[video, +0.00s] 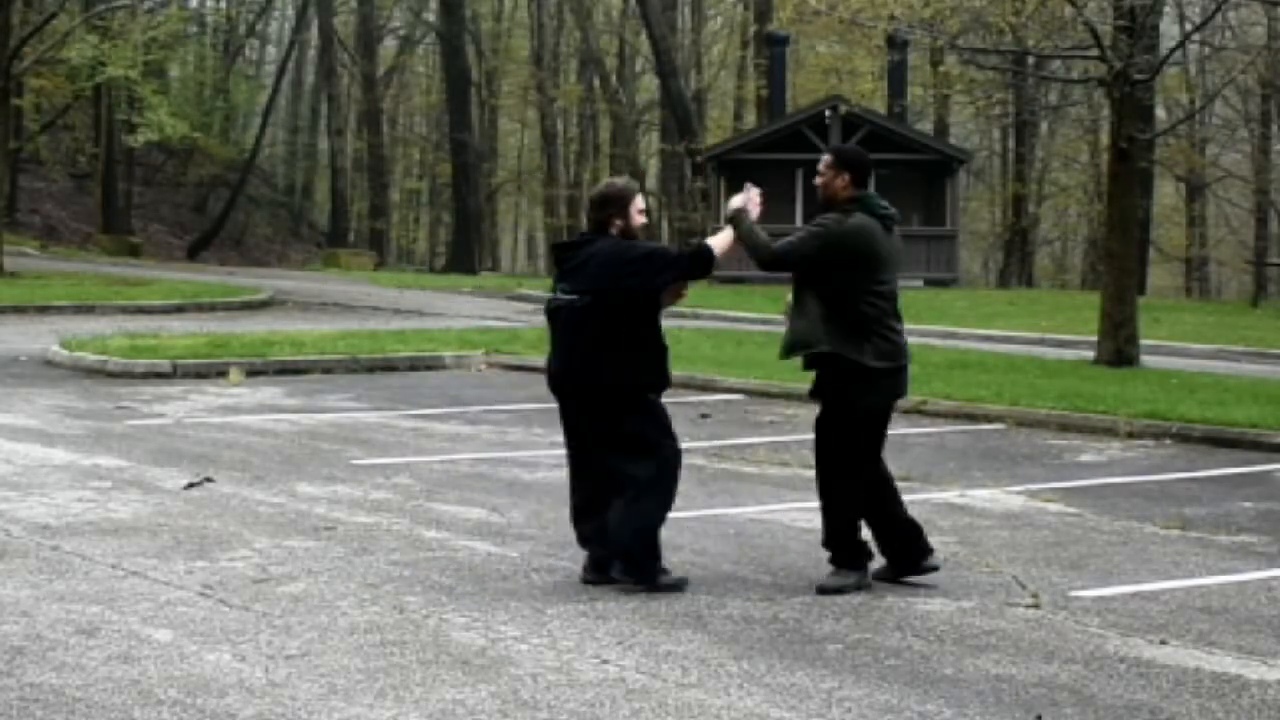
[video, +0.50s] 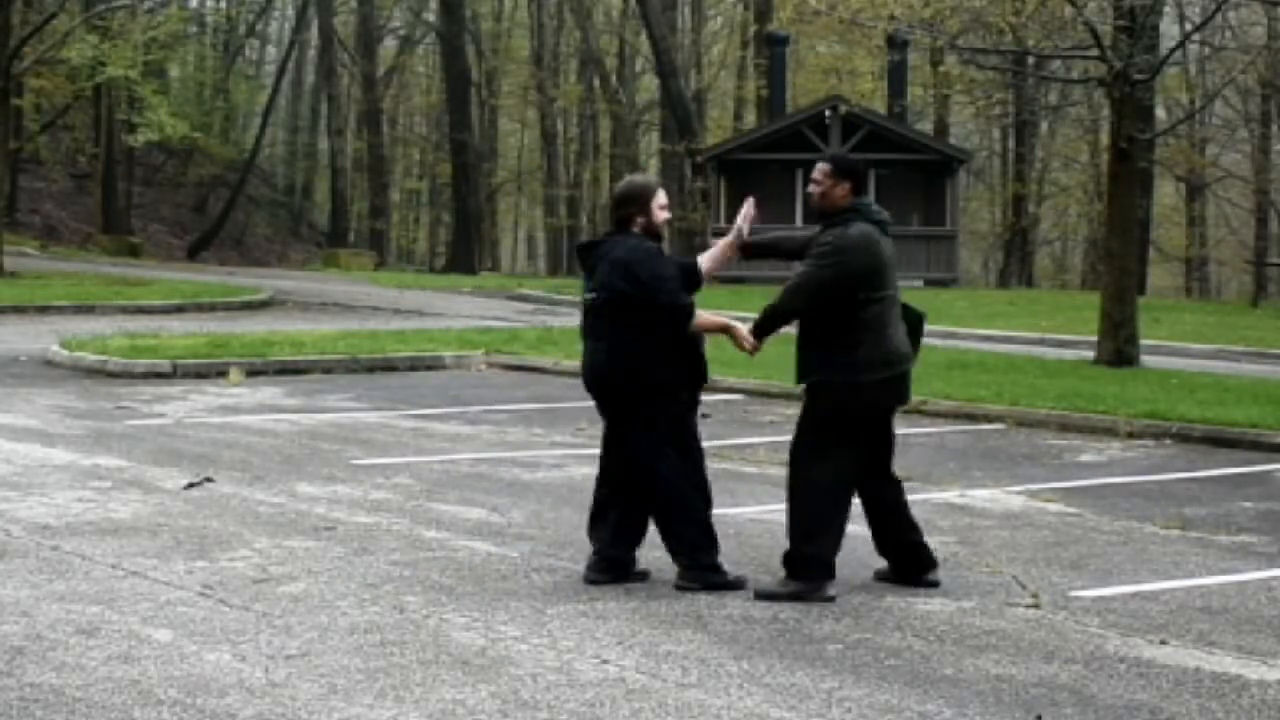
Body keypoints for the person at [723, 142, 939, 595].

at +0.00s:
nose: (815, 179)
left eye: (822, 173)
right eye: (817, 172)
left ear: (845, 180)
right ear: (850, 181)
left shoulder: (842, 229)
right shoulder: (871, 224)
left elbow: (771, 257)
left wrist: (740, 217)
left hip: (853, 371)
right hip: (876, 368)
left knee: (838, 466)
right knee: (860, 462)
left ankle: (850, 565)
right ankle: (909, 553)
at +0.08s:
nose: (819, 183)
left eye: (826, 176)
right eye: (821, 175)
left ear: (848, 182)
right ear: (857, 183)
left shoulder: (837, 231)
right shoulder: (893, 228)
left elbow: (773, 261)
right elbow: (838, 261)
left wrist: (759, 230)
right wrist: (793, 234)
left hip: (850, 372)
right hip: (890, 368)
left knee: (827, 462)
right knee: (886, 466)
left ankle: (850, 564)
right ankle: (915, 562)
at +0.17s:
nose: (822, 187)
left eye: (828, 180)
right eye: (823, 179)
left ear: (850, 186)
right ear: (862, 186)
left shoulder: (838, 235)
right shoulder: (906, 234)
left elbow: (780, 275)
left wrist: (772, 258)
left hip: (853, 374)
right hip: (902, 370)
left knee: (816, 458)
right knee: (896, 468)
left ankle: (855, 556)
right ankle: (915, 563)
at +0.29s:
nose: (822, 189)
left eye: (828, 182)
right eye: (823, 181)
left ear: (851, 188)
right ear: (862, 189)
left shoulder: (839, 240)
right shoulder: (905, 234)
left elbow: (792, 288)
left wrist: (775, 318)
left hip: (853, 376)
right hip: (904, 371)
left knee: (815, 458)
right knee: (890, 464)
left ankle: (841, 565)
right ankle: (914, 563)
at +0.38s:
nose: (819, 189)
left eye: (827, 183)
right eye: (821, 182)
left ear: (851, 190)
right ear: (858, 191)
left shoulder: (838, 243)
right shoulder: (895, 232)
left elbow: (792, 295)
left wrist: (763, 338)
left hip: (853, 378)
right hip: (900, 374)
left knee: (820, 461)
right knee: (887, 467)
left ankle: (816, 573)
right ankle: (914, 563)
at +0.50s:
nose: (810, 190)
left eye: (818, 183)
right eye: (811, 182)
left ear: (844, 189)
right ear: (842, 191)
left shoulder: (845, 241)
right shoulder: (862, 231)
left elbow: (796, 296)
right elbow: (800, 244)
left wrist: (760, 328)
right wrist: (745, 246)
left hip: (846, 380)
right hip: (874, 375)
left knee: (814, 468)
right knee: (872, 472)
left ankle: (808, 575)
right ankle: (912, 563)